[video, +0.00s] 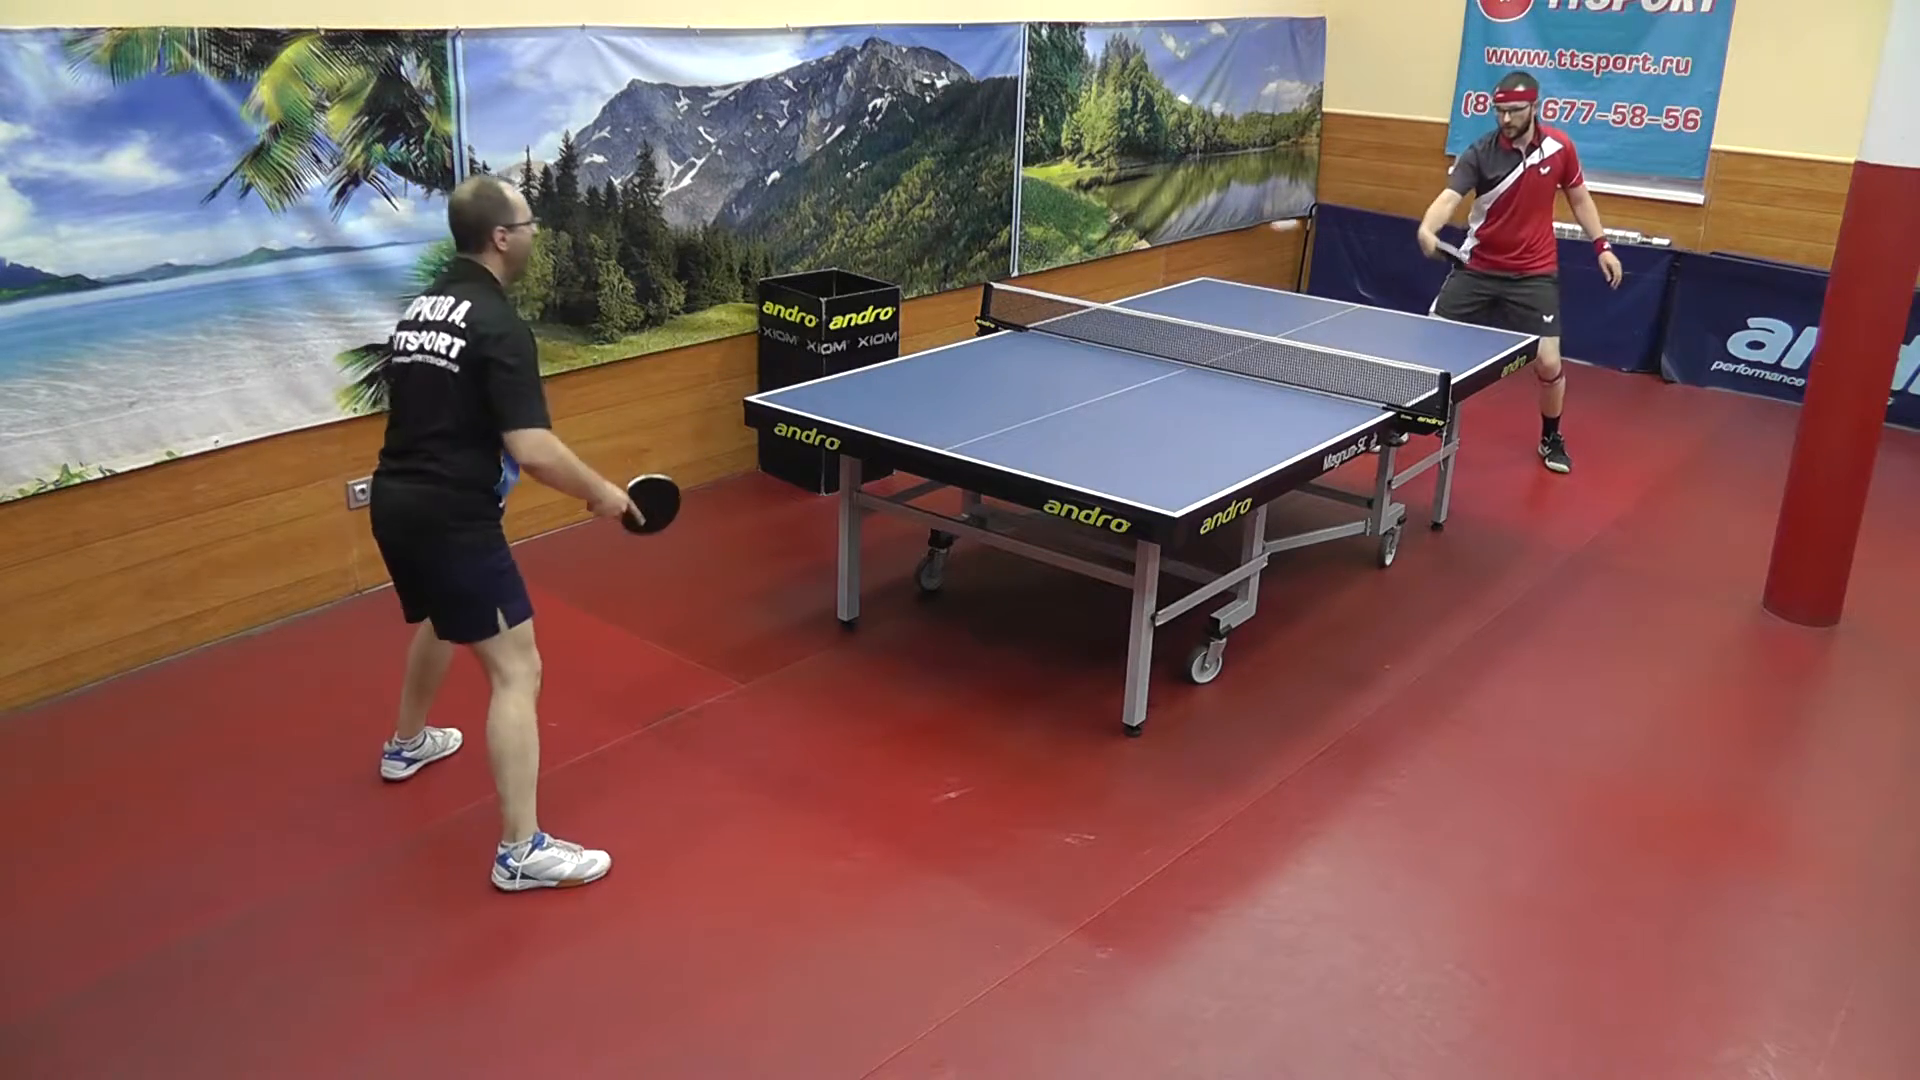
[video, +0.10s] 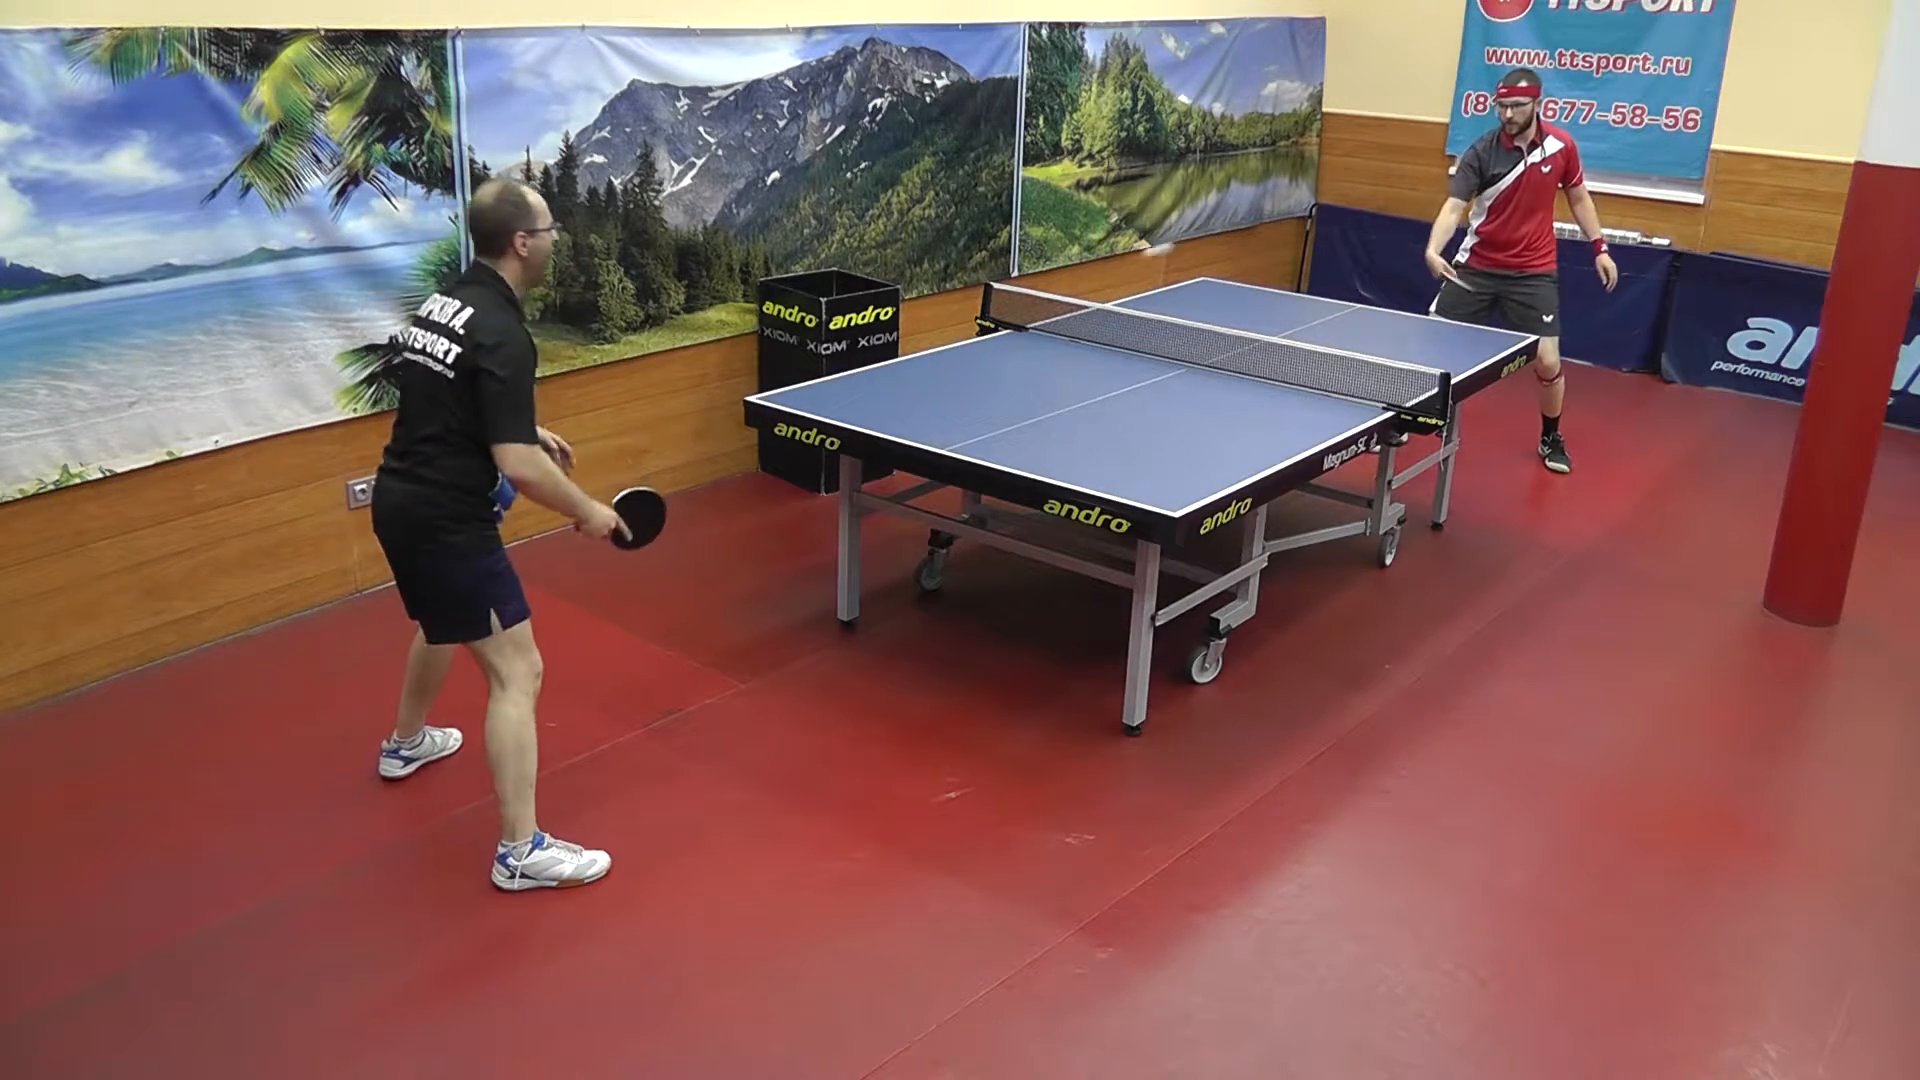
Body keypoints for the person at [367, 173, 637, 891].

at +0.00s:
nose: (534, 234)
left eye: (530, 223)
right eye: (527, 225)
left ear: (470, 238)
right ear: (501, 237)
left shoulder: (421, 309)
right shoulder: (499, 322)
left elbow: (414, 415)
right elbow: (530, 446)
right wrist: (599, 490)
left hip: (395, 503)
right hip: (453, 513)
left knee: (440, 616)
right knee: (516, 670)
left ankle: (407, 739)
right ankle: (522, 847)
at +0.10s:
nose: (554, 240)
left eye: (551, 228)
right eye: (547, 231)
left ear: (495, 243)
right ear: (518, 244)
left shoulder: (448, 299)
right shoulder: (502, 330)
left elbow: (446, 404)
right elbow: (518, 461)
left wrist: (527, 429)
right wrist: (587, 511)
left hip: (401, 502)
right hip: (449, 519)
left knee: (440, 620)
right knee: (517, 670)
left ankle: (406, 739)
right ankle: (521, 847)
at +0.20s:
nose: (571, 252)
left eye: (567, 239)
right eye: (563, 241)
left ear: (509, 249)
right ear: (537, 251)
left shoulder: (463, 302)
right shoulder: (510, 341)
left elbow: (464, 402)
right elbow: (519, 470)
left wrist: (538, 440)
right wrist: (578, 524)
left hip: (403, 503)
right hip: (448, 523)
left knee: (444, 618)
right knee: (528, 669)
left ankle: (406, 737)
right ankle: (521, 845)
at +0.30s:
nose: (576, 264)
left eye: (574, 251)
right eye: (571, 253)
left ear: (511, 258)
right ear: (546, 261)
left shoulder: (456, 313)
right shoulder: (525, 352)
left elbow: (442, 417)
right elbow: (551, 482)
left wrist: (513, 480)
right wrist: (575, 529)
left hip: (398, 511)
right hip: (454, 529)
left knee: (444, 615)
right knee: (542, 671)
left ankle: (407, 736)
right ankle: (522, 846)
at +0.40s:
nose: (564, 257)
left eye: (561, 245)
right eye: (559, 246)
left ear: (493, 254)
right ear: (536, 253)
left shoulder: (438, 316)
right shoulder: (538, 341)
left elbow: (399, 413)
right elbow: (580, 468)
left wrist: (451, 458)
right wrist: (558, 507)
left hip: (404, 514)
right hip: (473, 529)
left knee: (429, 623)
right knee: (553, 672)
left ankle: (408, 739)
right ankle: (524, 845)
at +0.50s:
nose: (531, 224)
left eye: (526, 211)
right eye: (526, 214)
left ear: (460, 225)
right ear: (506, 222)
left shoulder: (415, 307)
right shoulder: (529, 315)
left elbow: (370, 406)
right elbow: (599, 418)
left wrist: (429, 435)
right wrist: (549, 427)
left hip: (414, 505)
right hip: (490, 513)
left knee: (428, 618)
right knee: (548, 666)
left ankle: (408, 735)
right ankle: (527, 837)